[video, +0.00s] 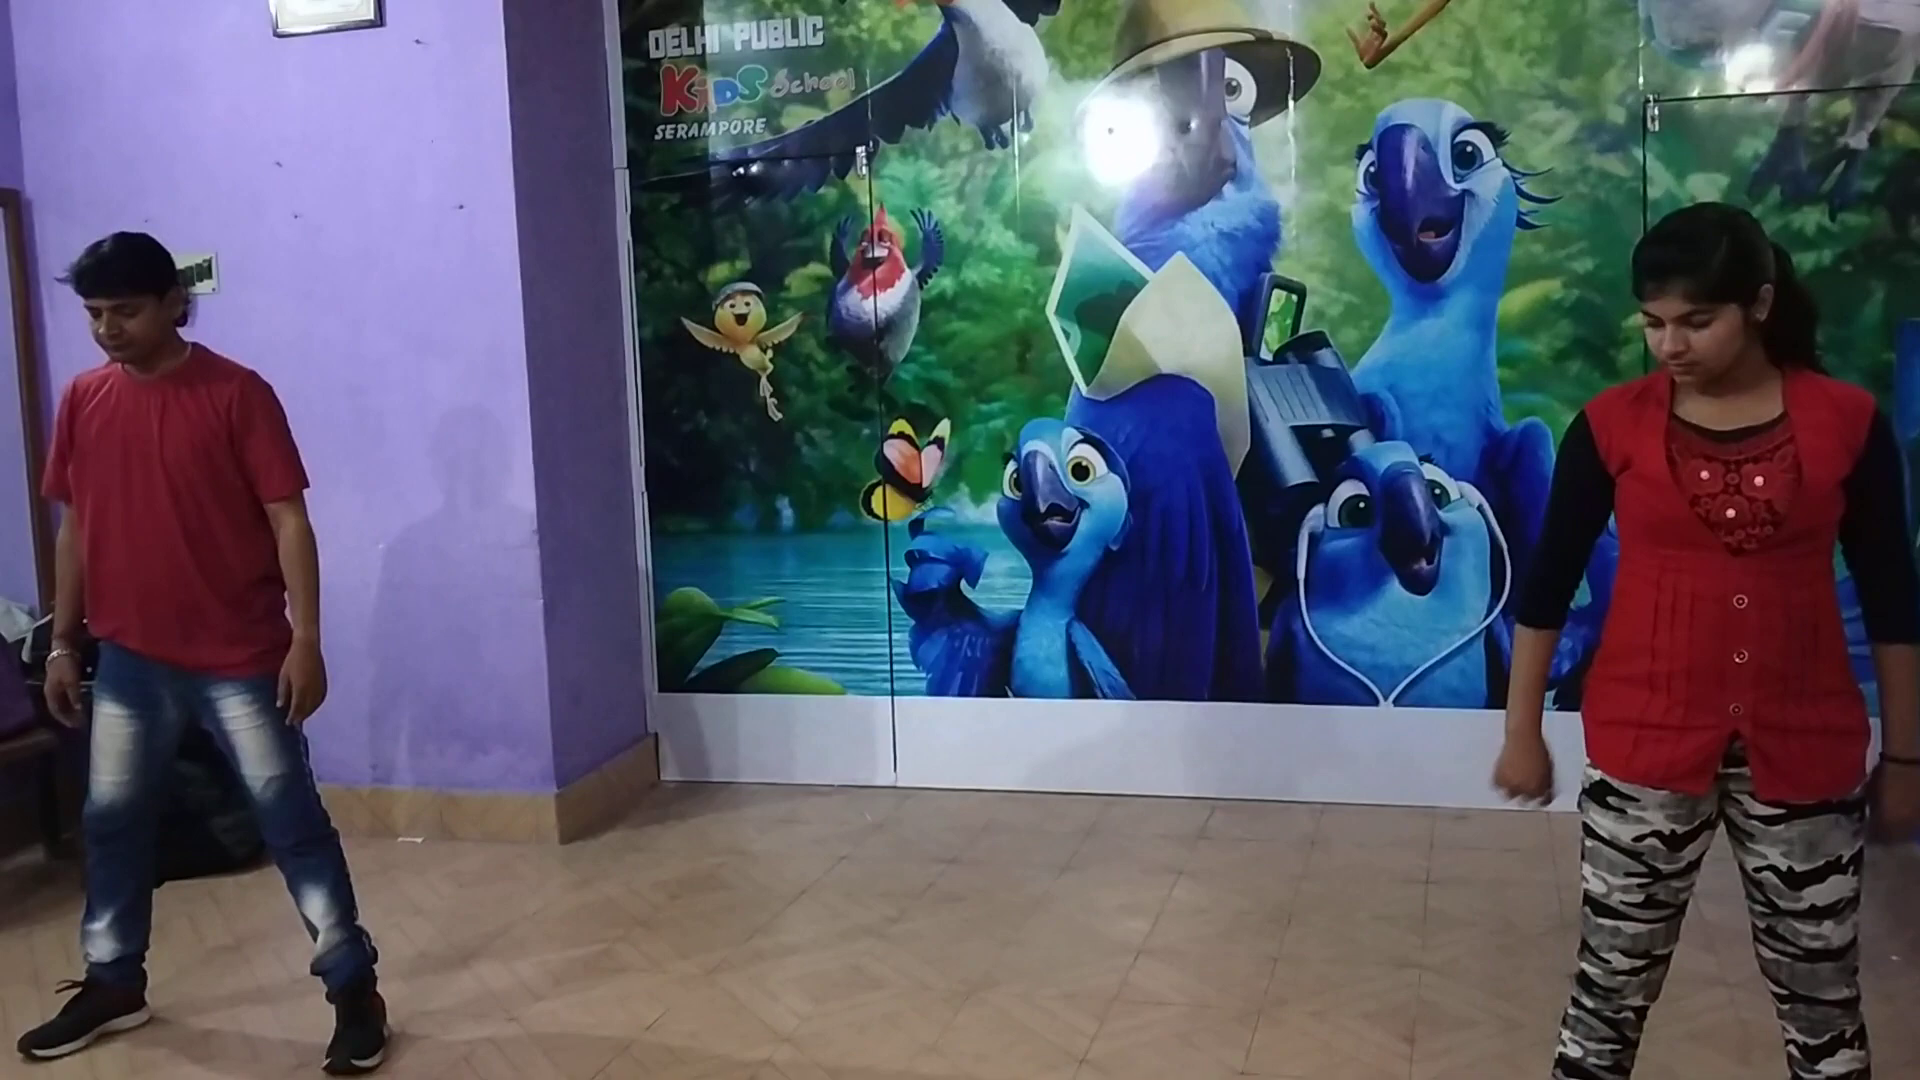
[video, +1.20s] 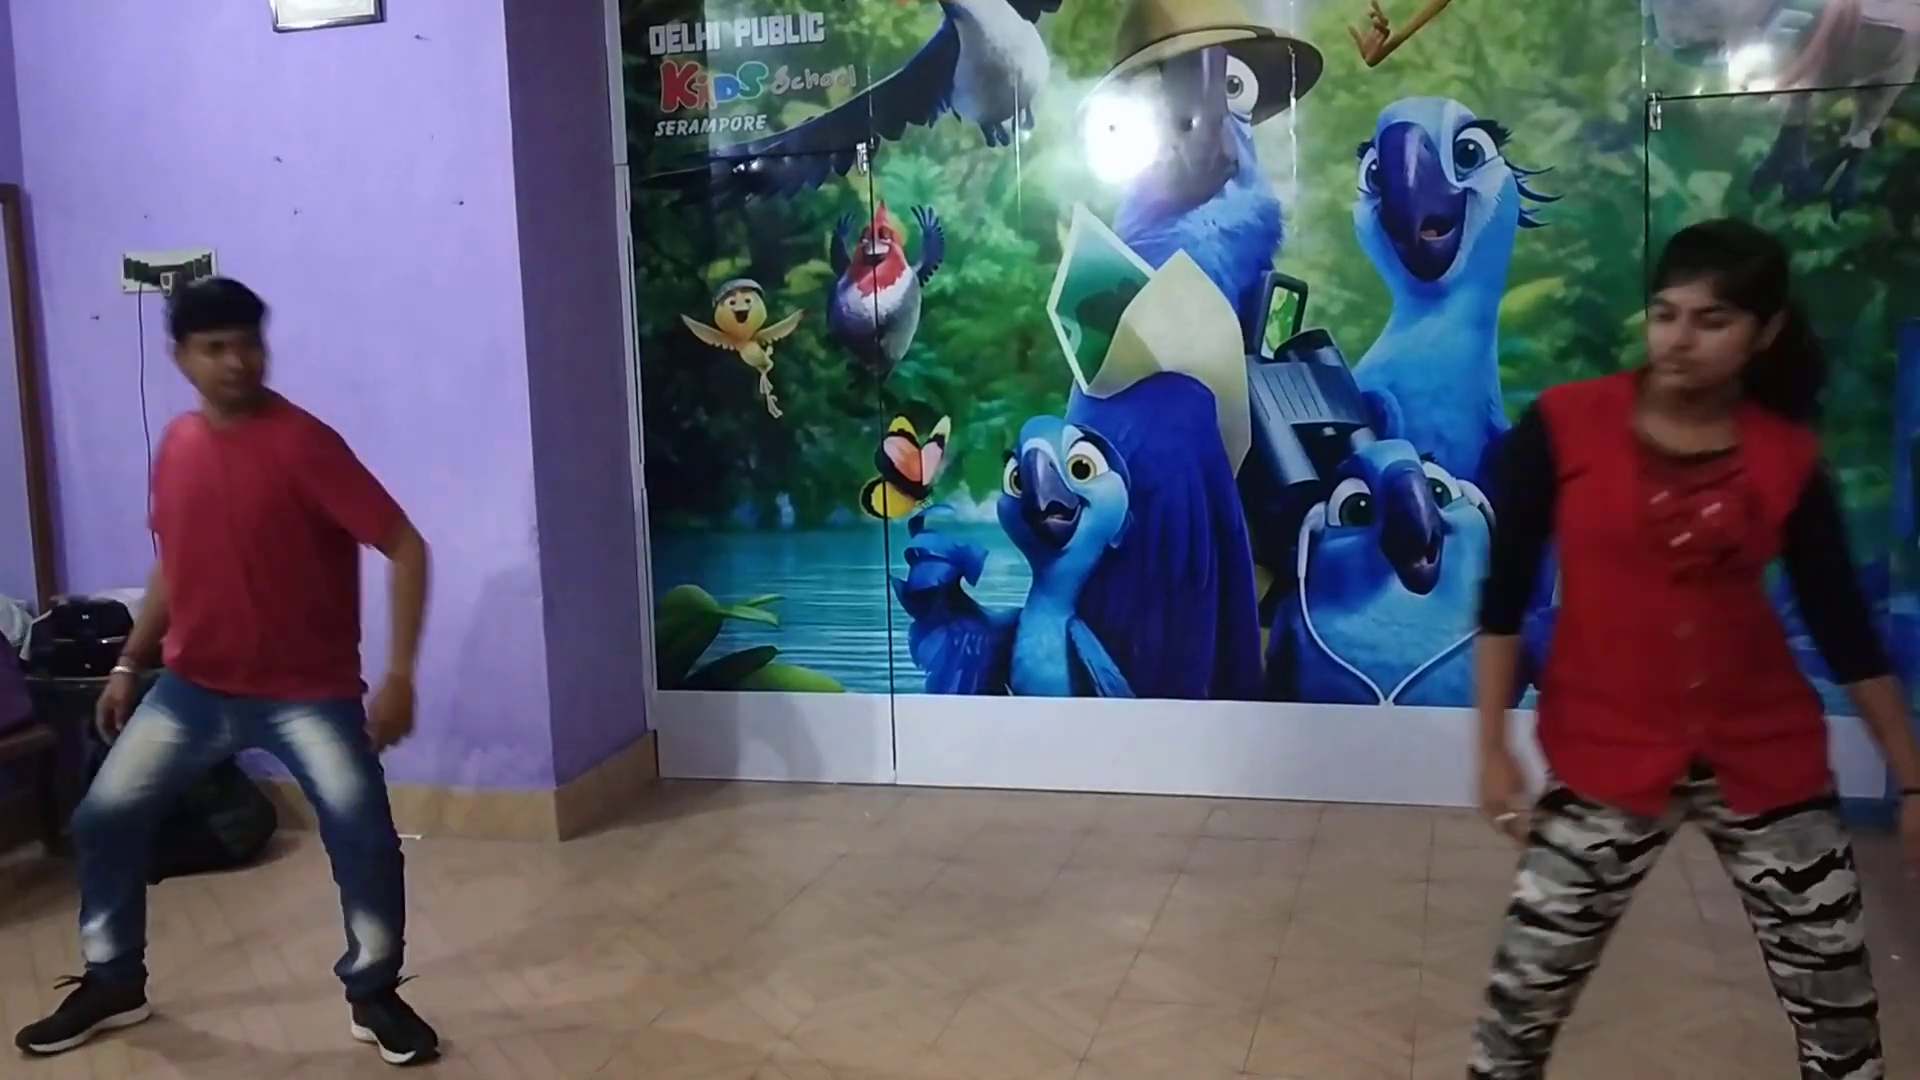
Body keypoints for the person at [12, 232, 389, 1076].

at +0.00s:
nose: (104, 327)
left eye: (121, 310)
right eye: (93, 311)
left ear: (173, 303)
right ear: (87, 312)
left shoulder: (238, 393)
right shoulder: (83, 401)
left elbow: (289, 517)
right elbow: (74, 523)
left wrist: (306, 641)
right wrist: (63, 638)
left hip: (238, 650)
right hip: (129, 650)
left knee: (289, 816)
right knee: (112, 813)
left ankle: (352, 988)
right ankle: (112, 980)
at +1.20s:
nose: (236, 362)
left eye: (247, 346)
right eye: (215, 349)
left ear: (263, 349)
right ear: (182, 358)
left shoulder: (305, 443)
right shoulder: (177, 443)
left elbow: (407, 548)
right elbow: (174, 561)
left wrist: (398, 678)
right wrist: (129, 667)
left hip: (306, 690)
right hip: (196, 684)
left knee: (359, 812)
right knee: (106, 812)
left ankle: (376, 992)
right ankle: (112, 980)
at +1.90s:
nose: (161, 378)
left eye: (172, 361)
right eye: (142, 361)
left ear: (184, 356)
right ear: (98, 357)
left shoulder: (216, 444)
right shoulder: (69, 415)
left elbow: (279, 560)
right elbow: (62, 517)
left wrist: (319, 673)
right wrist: (49, 622)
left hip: (222, 660)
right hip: (106, 657)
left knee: (295, 807)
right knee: (35, 807)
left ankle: (371, 982)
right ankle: (94, 959)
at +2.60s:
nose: (276, 319)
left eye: (285, 304)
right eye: (256, 305)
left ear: (298, 310)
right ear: (209, 312)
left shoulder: (342, 410)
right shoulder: (164, 406)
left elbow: (373, 532)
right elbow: (130, 520)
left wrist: (394, 647)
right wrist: (106, 644)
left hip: (323, 662)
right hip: (205, 663)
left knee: (351, 827)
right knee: (171, 835)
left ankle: (329, 993)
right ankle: (110, 960)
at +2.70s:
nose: (336, 316)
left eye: (343, 301)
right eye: (316, 302)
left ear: (354, 307)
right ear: (265, 309)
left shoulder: (394, 409)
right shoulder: (214, 404)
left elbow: (423, 532)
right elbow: (174, 518)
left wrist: (443, 647)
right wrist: (145, 644)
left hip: (365, 665)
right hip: (247, 662)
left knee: (374, 844)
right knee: (250, 836)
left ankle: (333, 987)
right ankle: (222, 992)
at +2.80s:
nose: (392, 317)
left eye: (400, 302)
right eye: (372, 303)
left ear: (410, 308)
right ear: (320, 309)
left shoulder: (446, 413)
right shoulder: (267, 405)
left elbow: (474, 537)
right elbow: (218, 526)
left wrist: (505, 653)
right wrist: (183, 657)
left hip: (412, 671)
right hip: (302, 665)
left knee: (407, 865)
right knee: (351, 815)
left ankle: (334, 973)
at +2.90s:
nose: (456, 317)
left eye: (463, 301)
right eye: (436, 301)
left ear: (472, 306)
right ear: (379, 307)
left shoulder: (502, 414)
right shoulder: (321, 409)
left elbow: (543, 539)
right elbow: (262, 536)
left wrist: (586, 651)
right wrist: (213, 666)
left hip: (464, 678)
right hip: (359, 672)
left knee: (443, 867)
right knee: (439, 859)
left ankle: (347, 971)